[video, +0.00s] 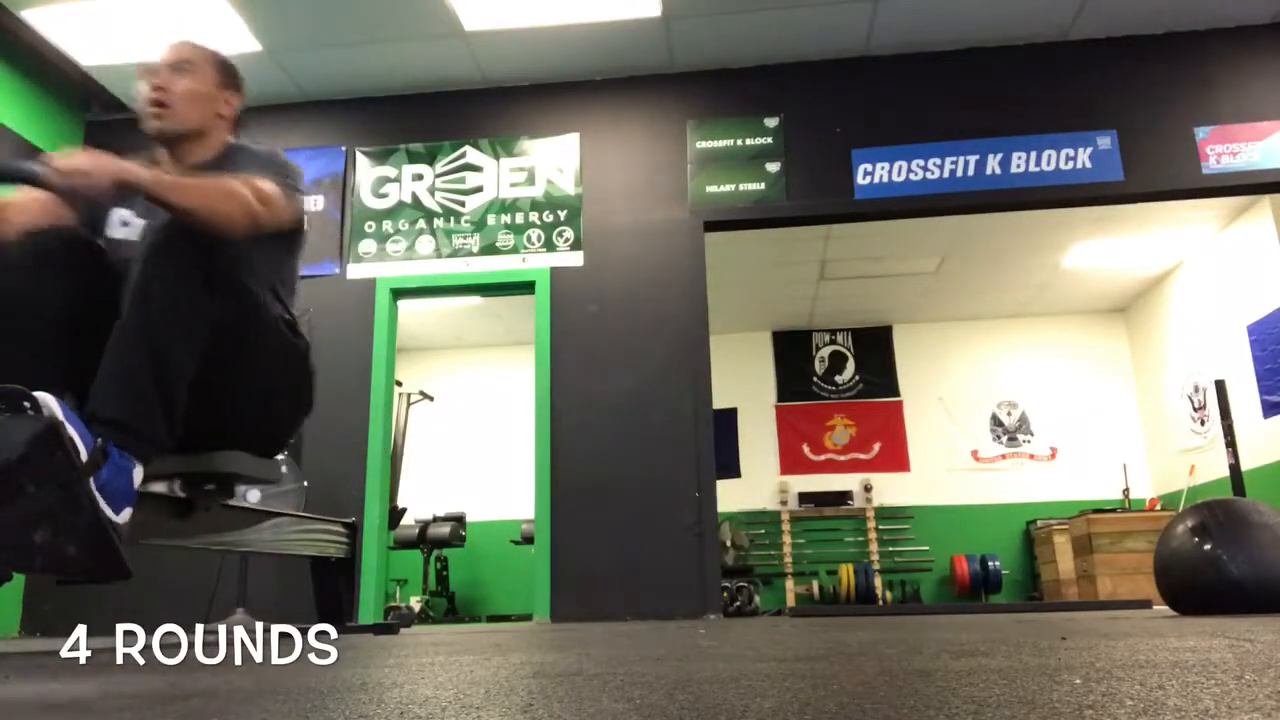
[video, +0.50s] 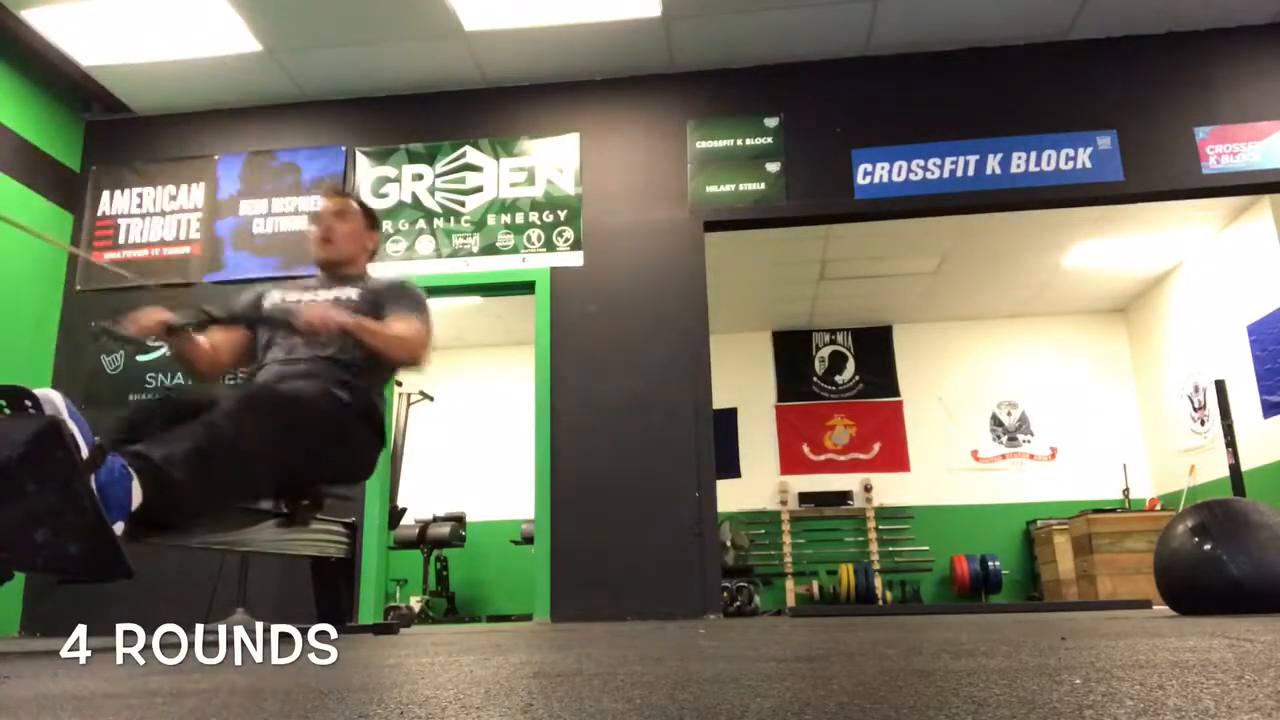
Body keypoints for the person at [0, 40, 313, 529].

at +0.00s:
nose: (155, 85)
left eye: (180, 71)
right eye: (150, 76)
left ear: (228, 104)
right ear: (141, 100)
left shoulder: (268, 171)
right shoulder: (118, 182)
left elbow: (242, 212)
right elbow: (19, 214)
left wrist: (127, 175)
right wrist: (12, 214)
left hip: (248, 395)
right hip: (131, 386)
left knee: (184, 238)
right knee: (48, 250)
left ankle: (119, 455)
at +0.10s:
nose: (201, 107)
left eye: (226, 97)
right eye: (194, 99)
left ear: (267, 131)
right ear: (184, 124)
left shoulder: (299, 192)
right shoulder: (159, 201)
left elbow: (281, 234)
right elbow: (61, 241)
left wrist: (176, 195)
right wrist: (1, 231)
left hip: (274, 399)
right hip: (170, 396)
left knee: (200, 275)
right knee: (79, 275)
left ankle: (115, 468)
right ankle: (12, 440)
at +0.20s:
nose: (241, 135)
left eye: (261, 125)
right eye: (235, 128)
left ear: (300, 156)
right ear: (226, 149)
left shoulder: (326, 215)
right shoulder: (207, 224)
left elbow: (318, 258)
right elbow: (115, 263)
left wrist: (225, 224)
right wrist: (27, 252)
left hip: (296, 411)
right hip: (205, 415)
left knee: (227, 294)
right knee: (109, 306)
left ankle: (119, 473)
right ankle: (16, 444)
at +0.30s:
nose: (276, 166)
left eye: (294, 158)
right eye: (272, 159)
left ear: (331, 185)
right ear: (264, 177)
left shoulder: (352, 242)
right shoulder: (244, 248)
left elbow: (353, 280)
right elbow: (156, 288)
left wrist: (268, 251)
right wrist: (80, 272)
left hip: (320, 412)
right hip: (226, 406)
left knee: (244, 349)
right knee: (133, 338)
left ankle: (115, 484)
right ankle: (37, 447)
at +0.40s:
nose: (302, 197)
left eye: (319, 189)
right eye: (299, 191)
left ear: (353, 212)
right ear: (293, 208)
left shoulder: (375, 267)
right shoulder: (267, 277)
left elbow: (382, 313)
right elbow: (189, 317)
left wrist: (308, 281)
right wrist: (130, 300)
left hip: (335, 417)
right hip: (253, 405)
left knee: (244, 377)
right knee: (150, 375)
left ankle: (123, 486)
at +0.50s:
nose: (324, 225)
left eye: (339, 218)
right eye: (320, 218)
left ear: (371, 239)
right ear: (311, 233)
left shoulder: (389, 290)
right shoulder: (279, 296)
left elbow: (413, 346)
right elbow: (211, 360)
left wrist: (345, 321)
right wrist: (173, 332)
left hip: (342, 417)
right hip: (262, 409)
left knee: (256, 415)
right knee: (163, 414)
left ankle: (128, 486)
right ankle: (89, 468)